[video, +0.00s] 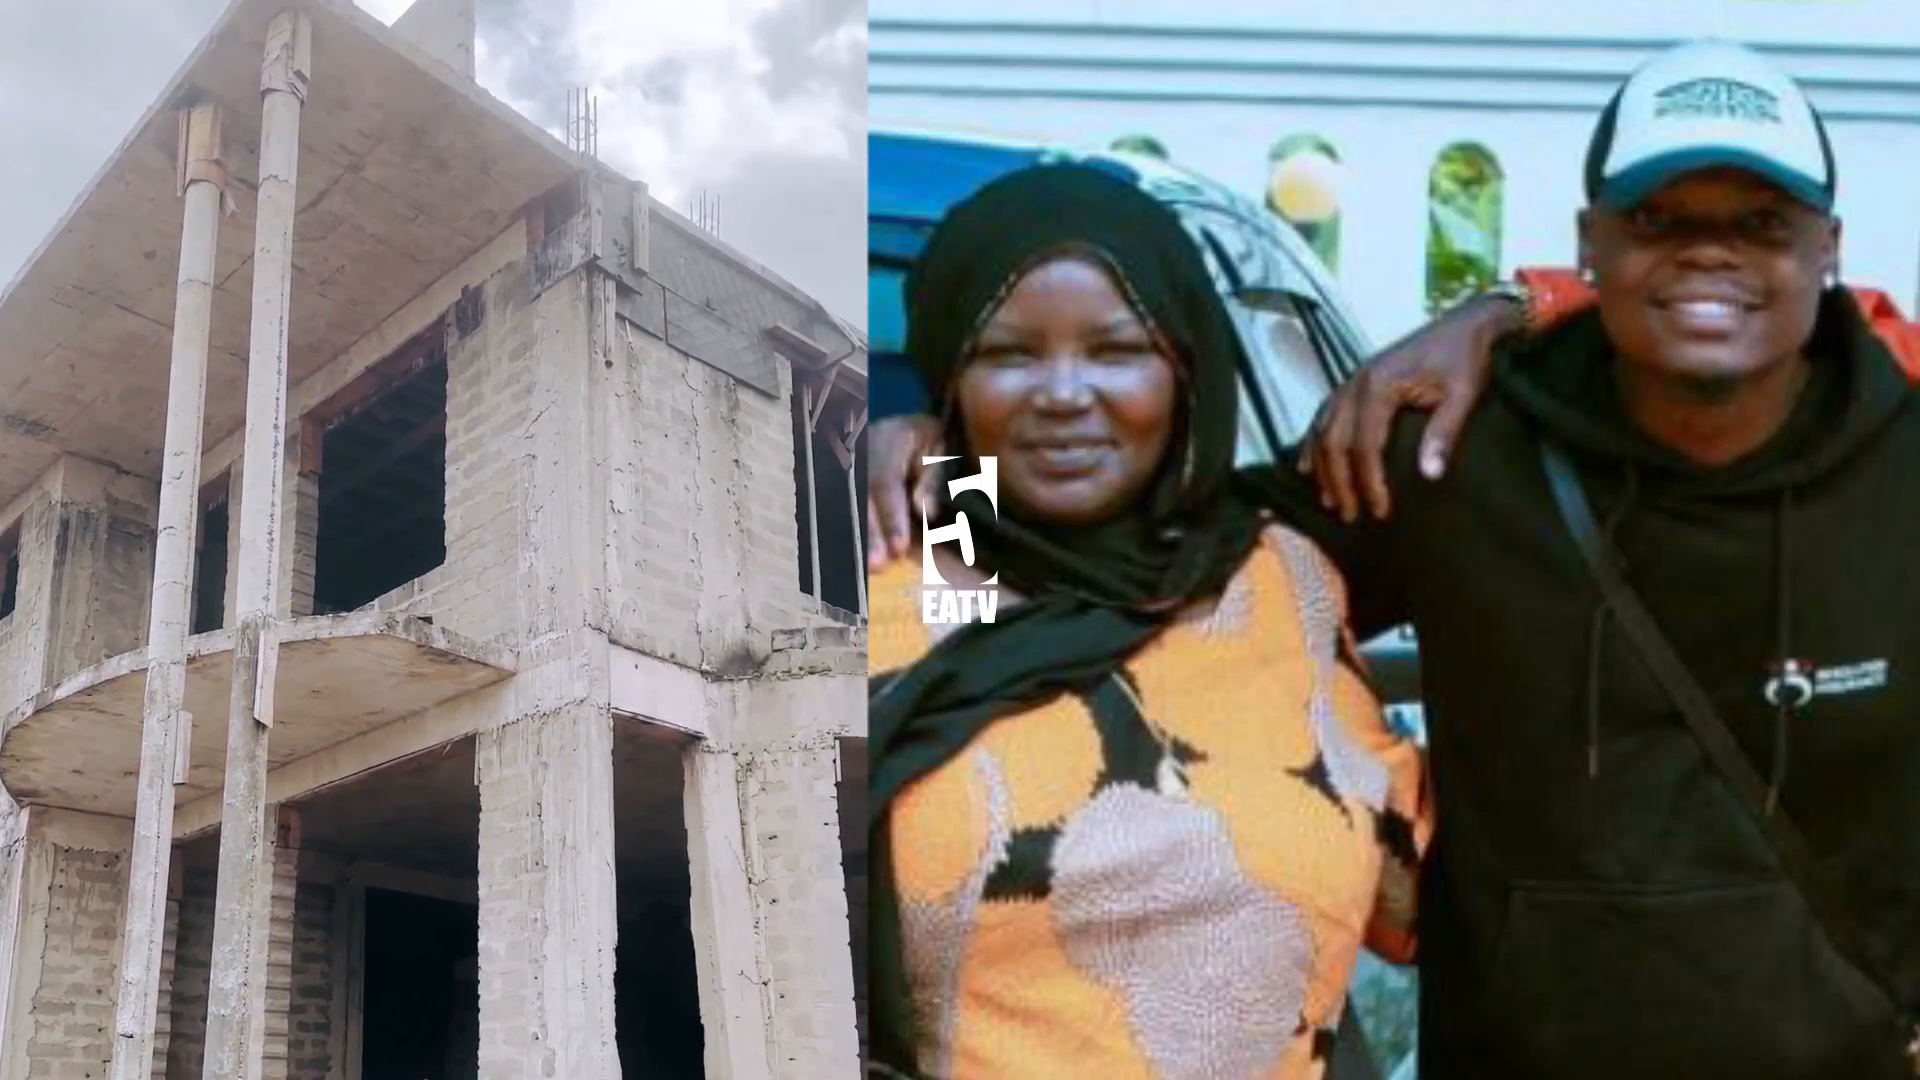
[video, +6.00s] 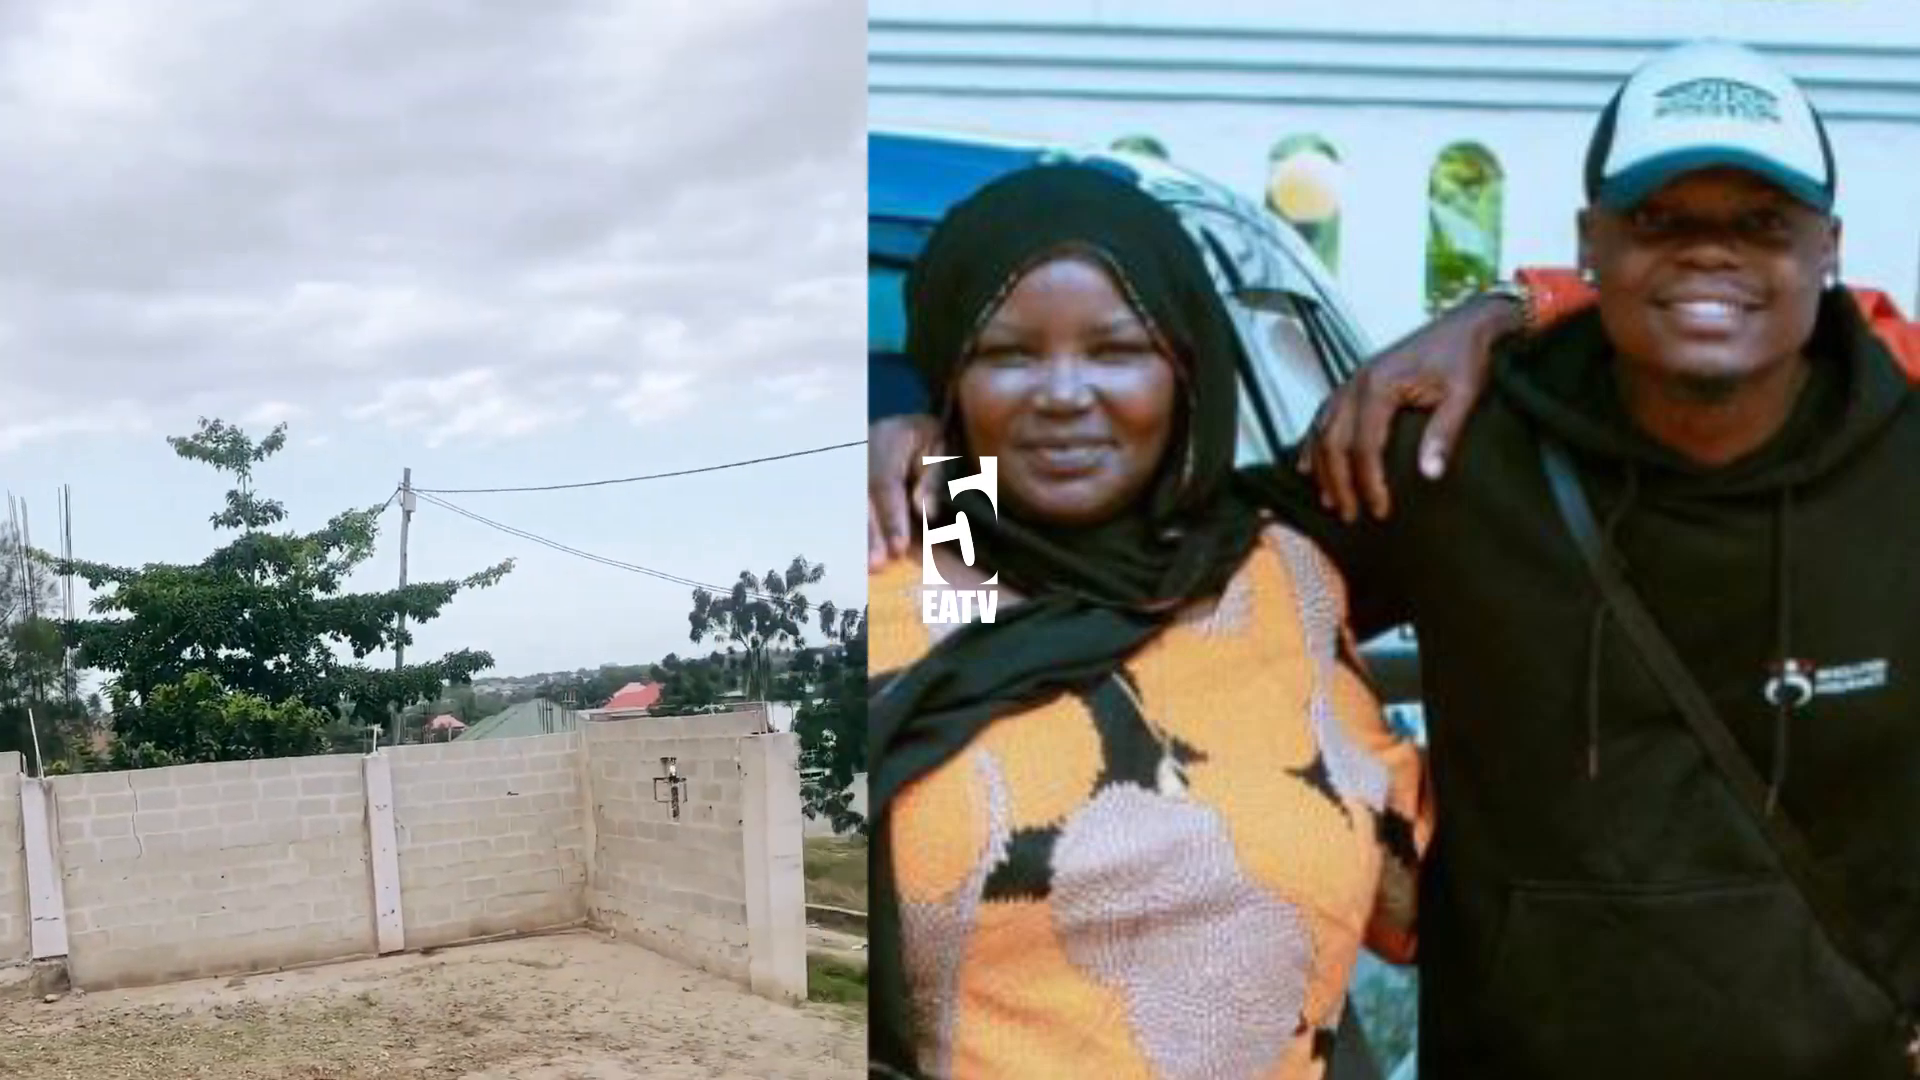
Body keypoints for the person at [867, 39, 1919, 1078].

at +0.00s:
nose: (1707, 251)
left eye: (1757, 218)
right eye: (1664, 214)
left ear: (1826, 249)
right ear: (1595, 241)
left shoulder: (1899, 445)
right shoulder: (1462, 448)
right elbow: (1174, 559)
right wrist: (958, 463)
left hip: (1849, 1039)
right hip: (1534, 1046)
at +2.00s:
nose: (1706, 251)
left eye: (1757, 219)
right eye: (1664, 215)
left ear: (1826, 250)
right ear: (1595, 242)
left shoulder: (1899, 445)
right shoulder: (1463, 447)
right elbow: (1175, 557)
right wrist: (956, 462)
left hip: (1849, 1037)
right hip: (1535, 1044)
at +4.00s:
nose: (1707, 251)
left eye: (1757, 219)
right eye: (1664, 215)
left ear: (1825, 250)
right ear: (1595, 242)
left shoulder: (1898, 445)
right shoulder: (1464, 447)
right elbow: (1176, 557)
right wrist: (961, 457)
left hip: (1849, 1038)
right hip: (1536, 1044)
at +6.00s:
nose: (1707, 250)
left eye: (1757, 218)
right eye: (1664, 214)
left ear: (1826, 250)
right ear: (1594, 241)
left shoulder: (1898, 444)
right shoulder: (1463, 449)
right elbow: (1172, 556)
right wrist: (957, 452)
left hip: (1848, 1038)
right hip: (1535, 1044)